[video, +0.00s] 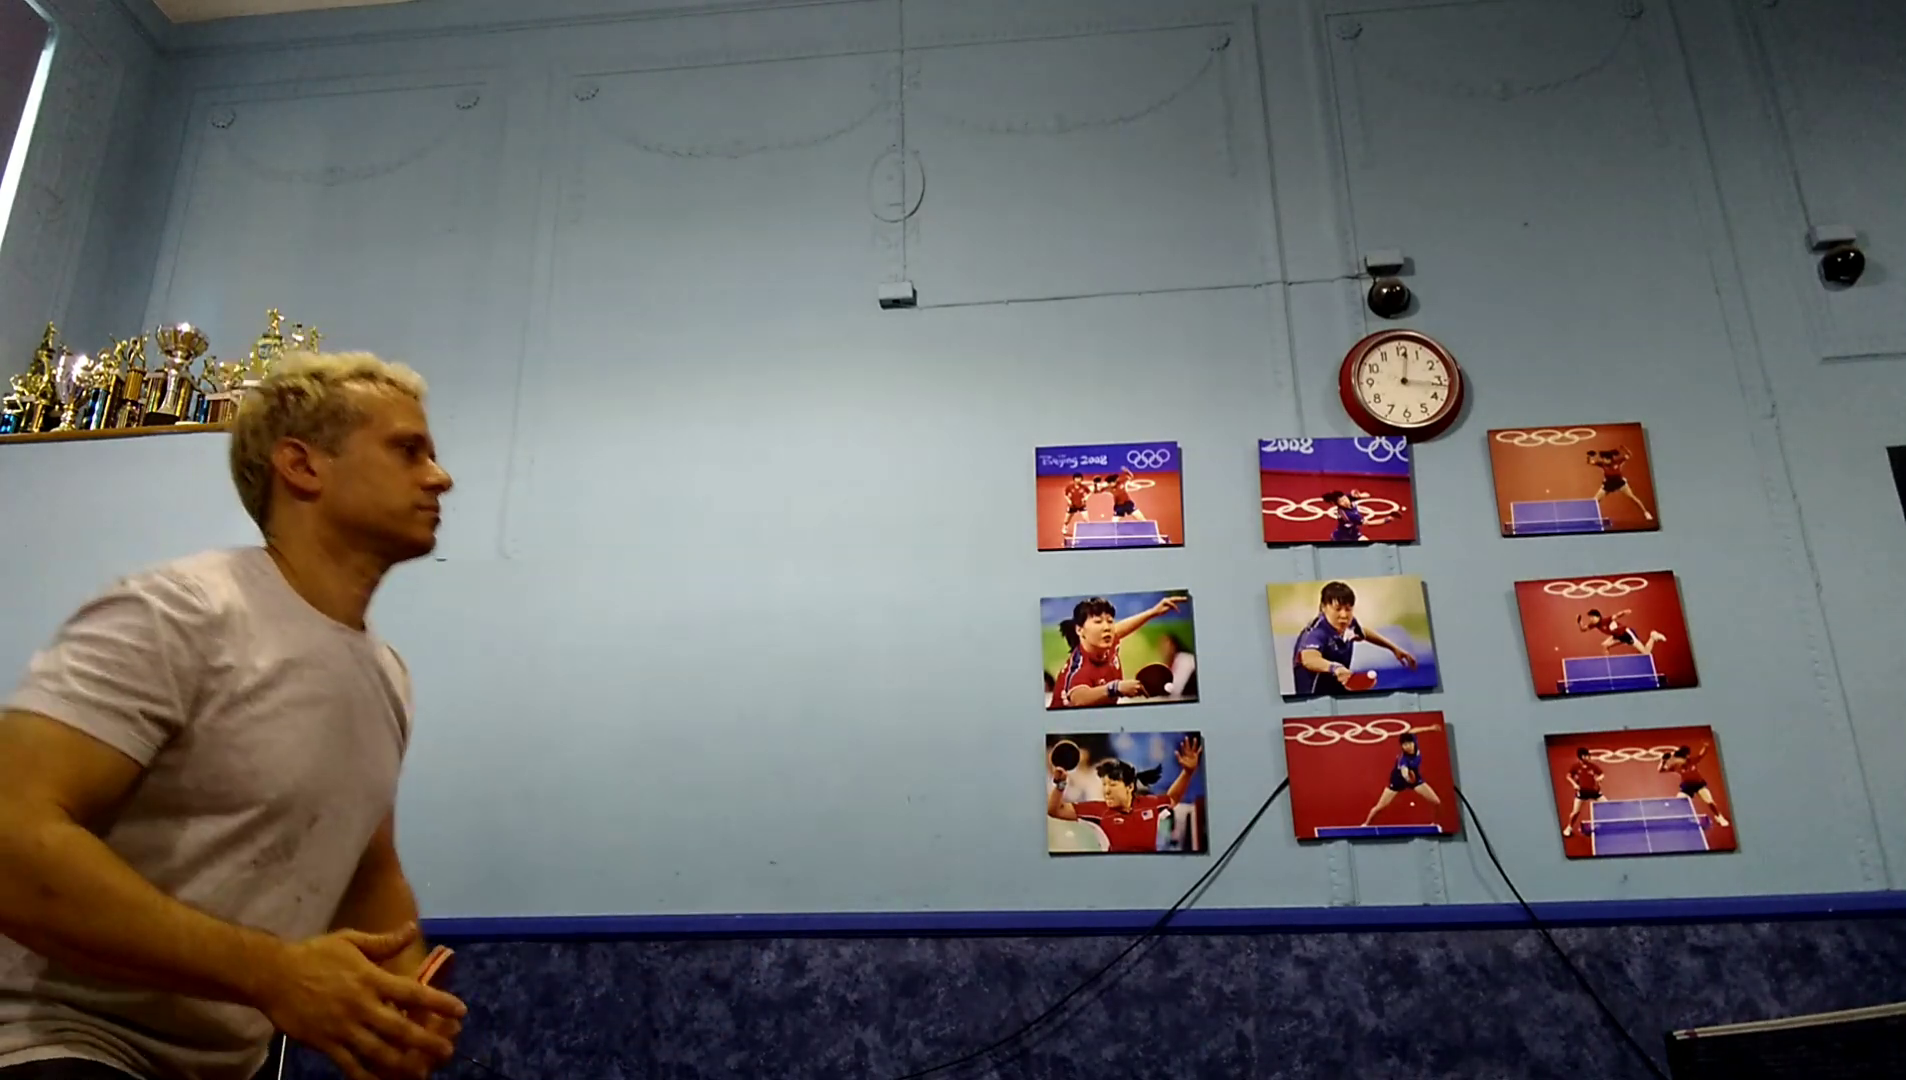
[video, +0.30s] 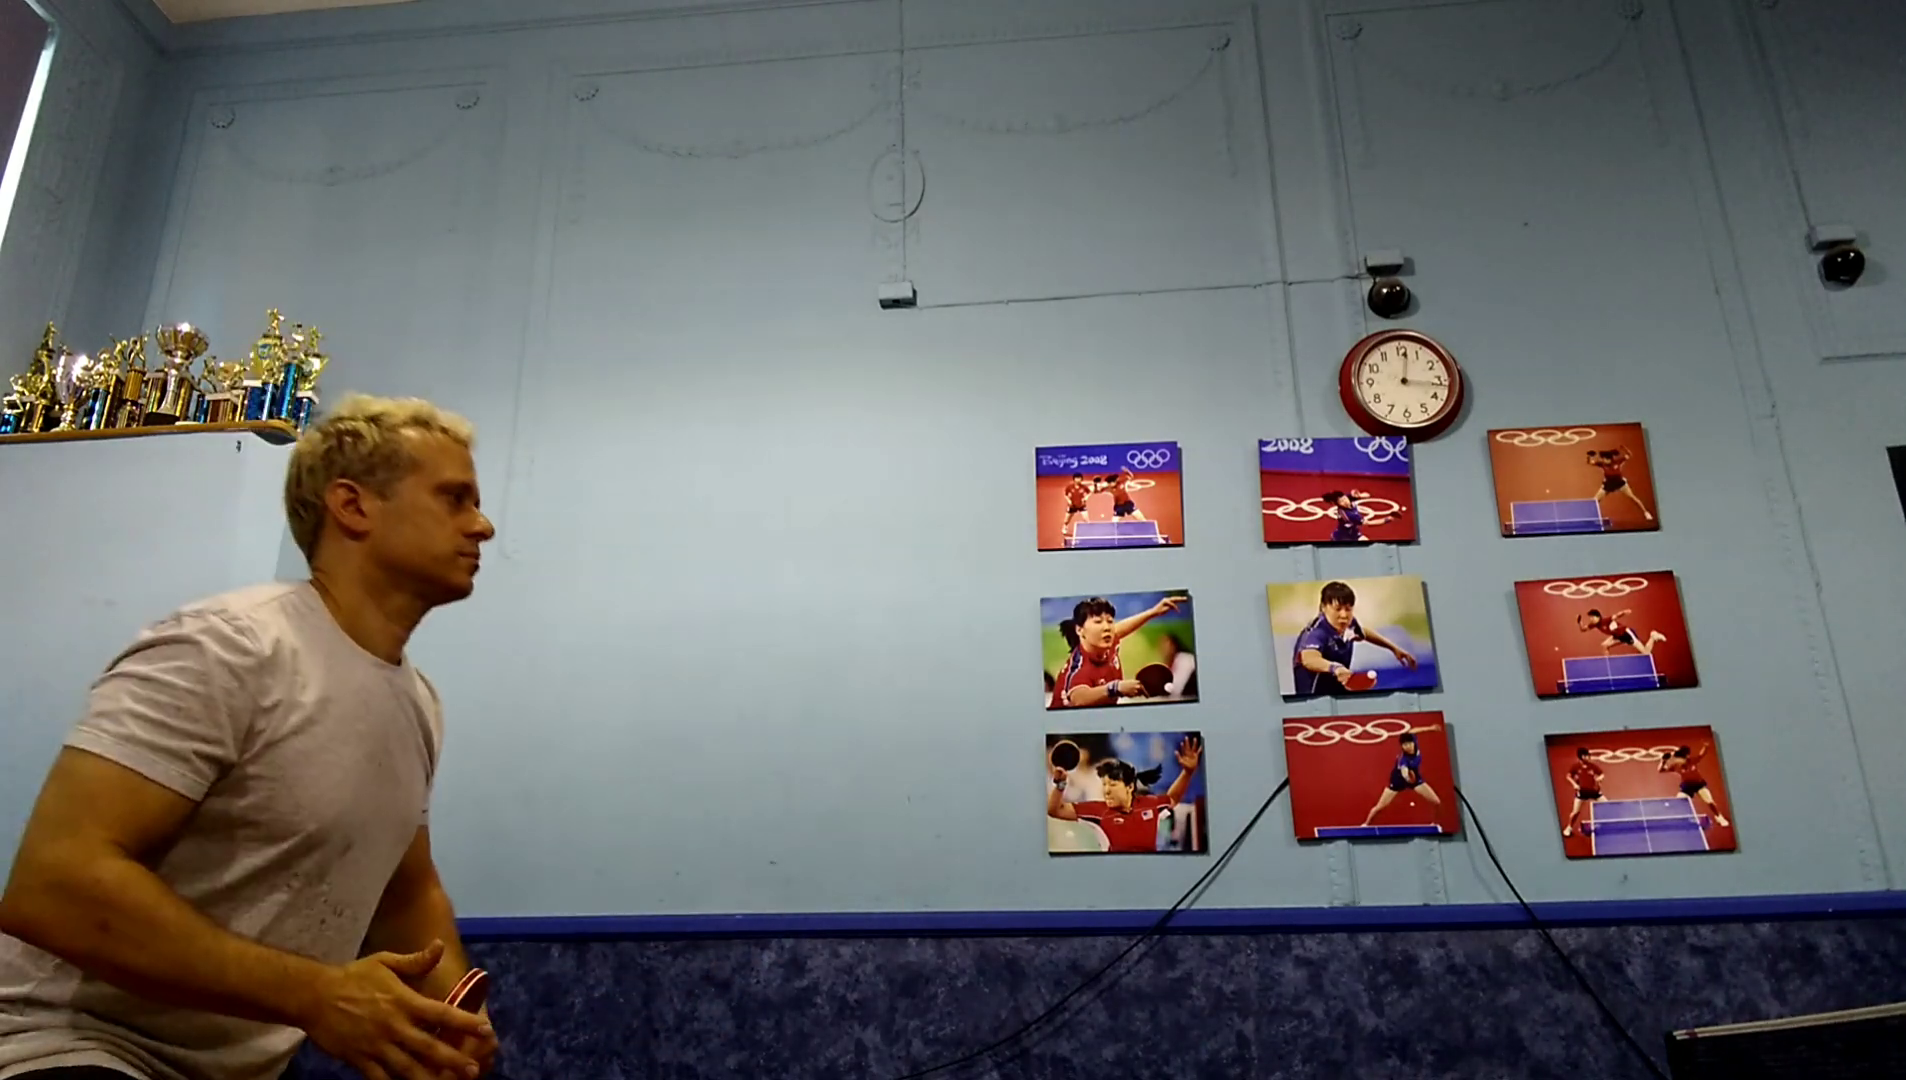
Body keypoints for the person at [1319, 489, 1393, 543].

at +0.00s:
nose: (1344, 502)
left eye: (1344, 499)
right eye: (1341, 502)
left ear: (1346, 497)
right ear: (1338, 505)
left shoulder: (1350, 499)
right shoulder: (1349, 515)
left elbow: (1367, 496)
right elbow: (1367, 523)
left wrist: (1360, 495)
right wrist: (1385, 520)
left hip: (1355, 536)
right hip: (1342, 538)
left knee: (1370, 547)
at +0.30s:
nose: (1344, 502)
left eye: (1344, 499)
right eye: (1341, 502)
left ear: (1346, 497)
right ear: (1338, 505)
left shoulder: (1350, 500)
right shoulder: (1349, 515)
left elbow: (1367, 496)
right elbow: (1367, 523)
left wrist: (1360, 495)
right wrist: (1385, 520)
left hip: (1355, 536)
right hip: (1341, 538)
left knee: (1370, 547)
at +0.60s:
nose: (1344, 502)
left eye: (1344, 499)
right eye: (1341, 502)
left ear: (1346, 497)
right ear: (1338, 505)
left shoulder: (1350, 500)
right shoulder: (1349, 515)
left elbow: (1367, 496)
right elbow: (1367, 523)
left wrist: (1360, 495)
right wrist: (1385, 520)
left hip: (1355, 536)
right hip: (1341, 538)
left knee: (1370, 547)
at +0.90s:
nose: (1344, 502)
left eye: (1344, 499)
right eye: (1341, 502)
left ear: (1346, 497)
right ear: (1338, 505)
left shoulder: (1350, 500)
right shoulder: (1349, 515)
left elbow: (1367, 496)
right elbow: (1367, 523)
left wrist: (1360, 495)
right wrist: (1385, 520)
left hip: (1355, 536)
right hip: (1341, 538)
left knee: (1370, 547)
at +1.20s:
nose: (1344, 502)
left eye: (1343, 499)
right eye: (1341, 502)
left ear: (1346, 497)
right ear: (1338, 505)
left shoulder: (1350, 499)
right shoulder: (1349, 515)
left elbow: (1367, 496)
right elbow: (1366, 523)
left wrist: (1360, 495)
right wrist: (1385, 520)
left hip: (1355, 536)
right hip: (1341, 538)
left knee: (1370, 547)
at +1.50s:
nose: (1344, 502)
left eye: (1344, 499)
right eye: (1341, 502)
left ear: (1346, 497)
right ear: (1338, 505)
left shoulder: (1350, 500)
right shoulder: (1349, 515)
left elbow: (1367, 496)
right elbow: (1367, 523)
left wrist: (1360, 495)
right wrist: (1385, 520)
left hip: (1356, 536)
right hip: (1342, 538)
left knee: (1370, 547)